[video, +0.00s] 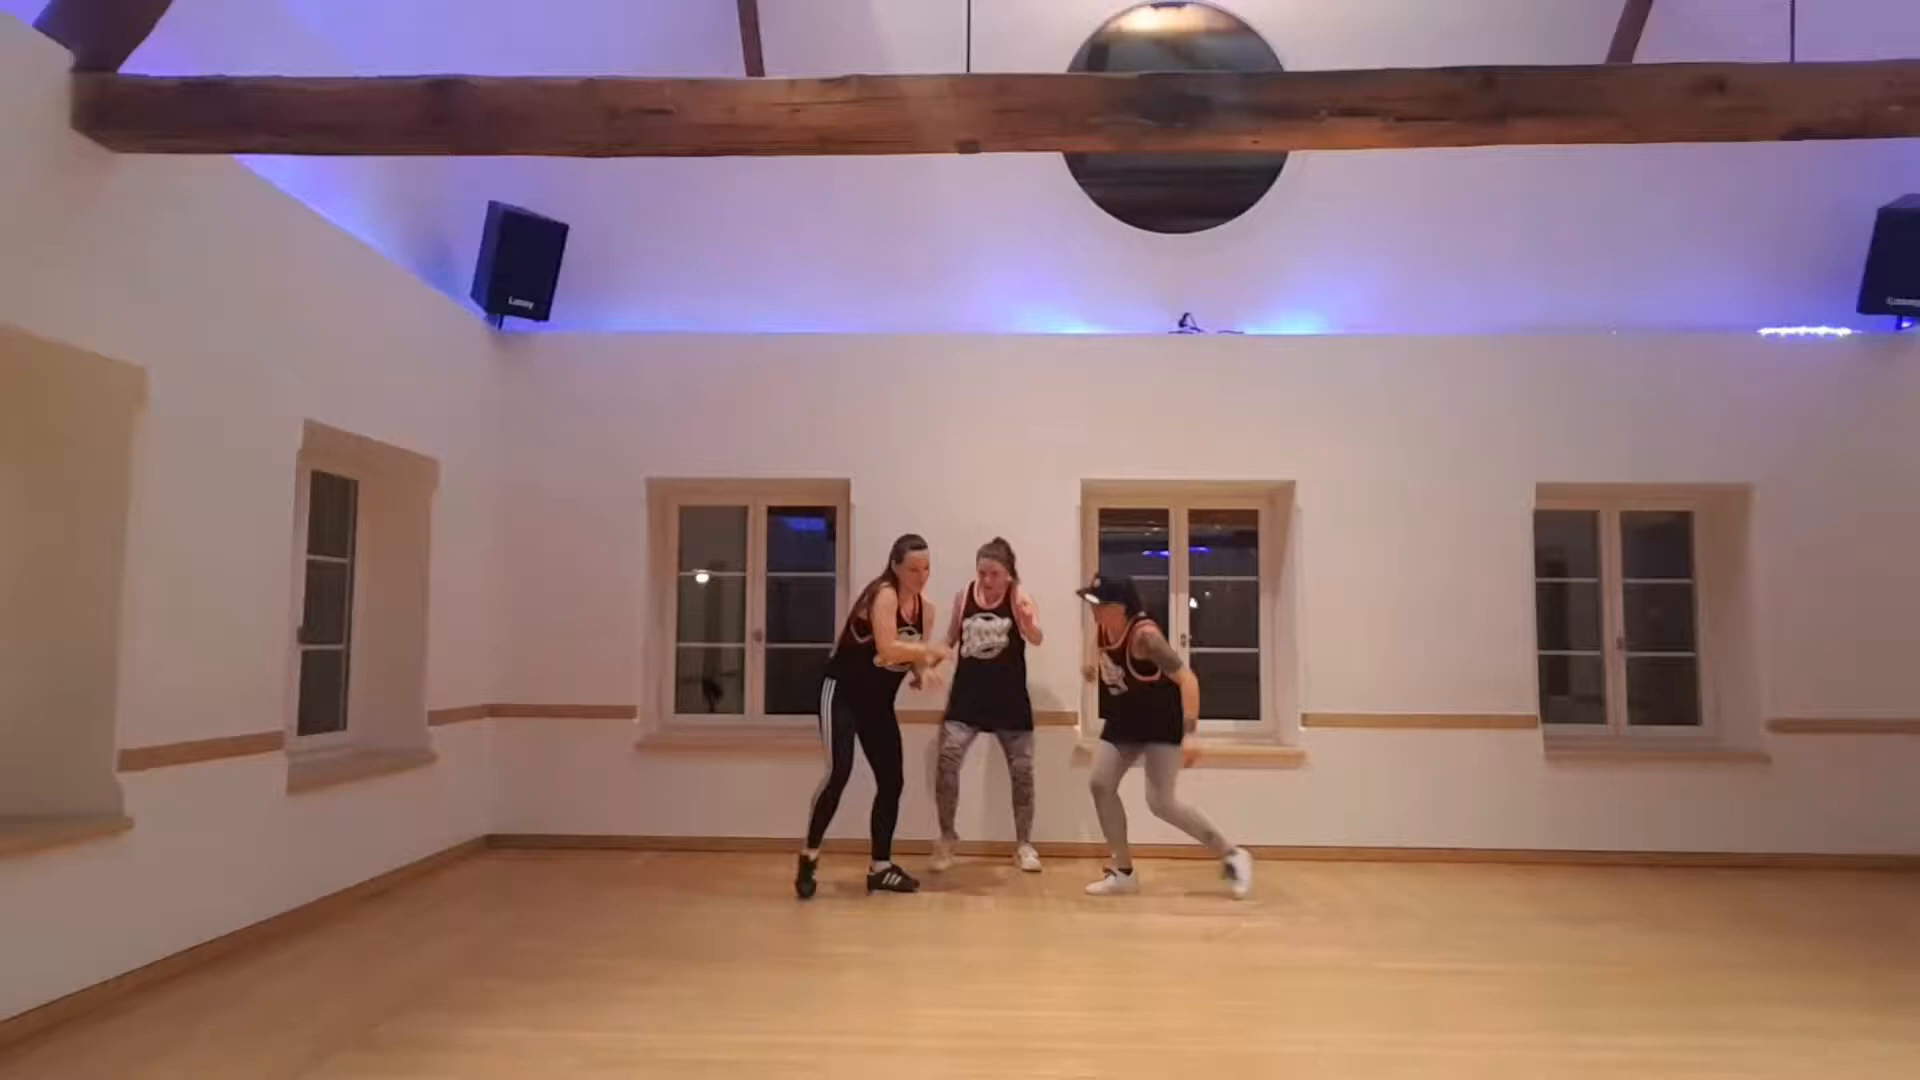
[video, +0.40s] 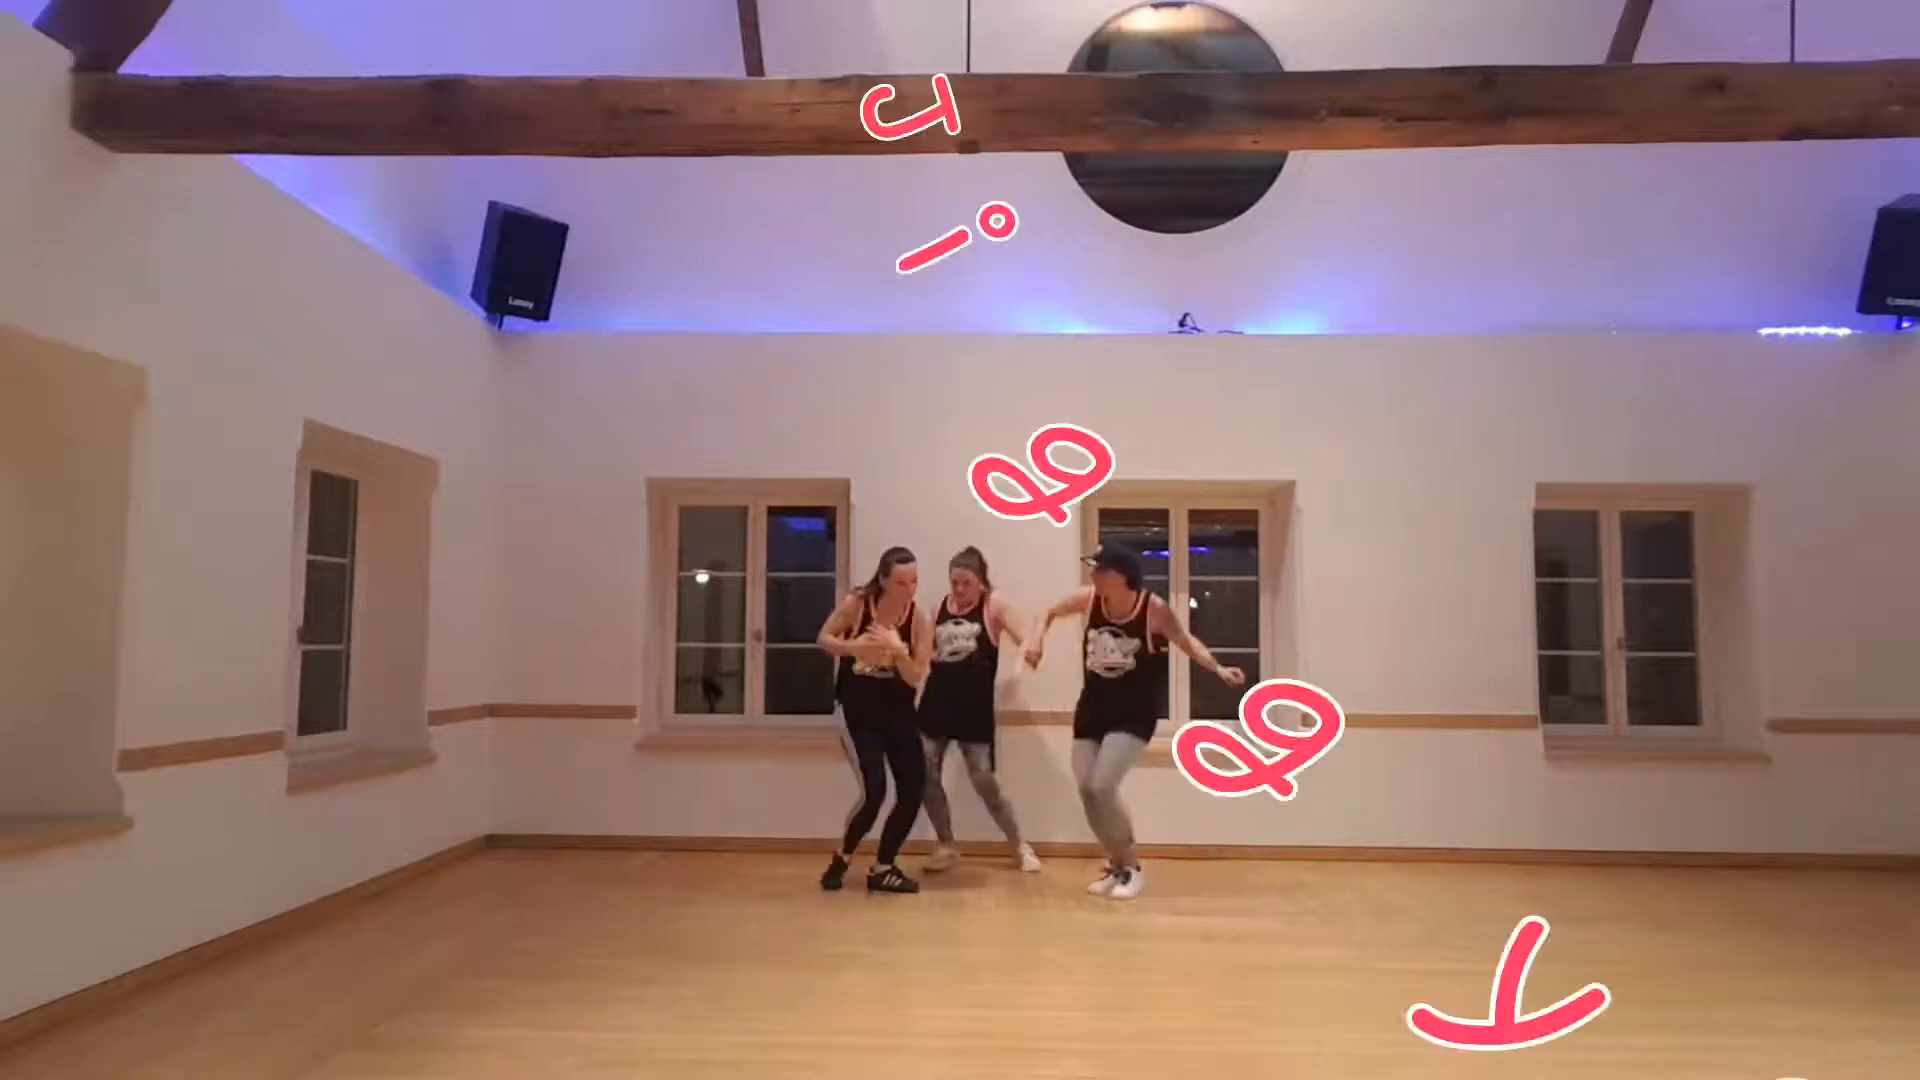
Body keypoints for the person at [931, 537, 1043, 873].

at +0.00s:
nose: (988, 580)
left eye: (995, 574)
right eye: (983, 573)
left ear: (1010, 574)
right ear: (976, 571)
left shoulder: (1019, 598)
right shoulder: (964, 597)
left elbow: (1036, 638)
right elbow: (951, 639)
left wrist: (1022, 617)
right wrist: (932, 664)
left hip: (1009, 698)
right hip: (968, 695)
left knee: (1022, 768)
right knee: (948, 757)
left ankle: (1024, 844)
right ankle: (947, 838)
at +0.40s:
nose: (959, 589)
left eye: (966, 583)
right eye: (954, 582)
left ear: (982, 582)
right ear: (948, 580)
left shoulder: (993, 607)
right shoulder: (940, 609)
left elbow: (1024, 636)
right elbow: (925, 650)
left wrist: (1025, 661)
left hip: (974, 704)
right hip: (936, 701)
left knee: (983, 777)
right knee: (926, 774)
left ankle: (1019, 845)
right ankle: (946, 845)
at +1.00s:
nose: (963, 592)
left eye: (969, 585)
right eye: (958, 586)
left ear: (980, 578)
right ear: (948, 581)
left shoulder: (991, 597)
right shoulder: (938, 614)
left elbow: (1028, 620)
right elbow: (938, 669)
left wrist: (1063, 642)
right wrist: (941, 719)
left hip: (1004, 697)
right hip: (963, 701)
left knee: (1009, 771)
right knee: (943, 768)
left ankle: (1008, 846)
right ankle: (947, 844)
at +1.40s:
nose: (994, 571)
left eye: (1001, 564)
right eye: (989, 564)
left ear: (1014, 566)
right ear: (982, 565)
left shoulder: (1024, 593)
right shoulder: (968, 603)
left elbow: (1051, 610)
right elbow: (945, 644)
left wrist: (1081, 617)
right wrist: (930, 687)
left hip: (1020, 692)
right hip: (982, 694)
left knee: (1016, 772)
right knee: (987, 768)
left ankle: (1009, 845)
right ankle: (964, 839)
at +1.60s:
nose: (1004, 576)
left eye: (1011, 570)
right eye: (999, 570)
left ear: (1025, 573)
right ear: (993, 570)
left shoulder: (1031, 604)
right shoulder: (974, 602)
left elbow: (1054, 638)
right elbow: (945, 634)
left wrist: (1079, 664)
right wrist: (947, 677)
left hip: (1020, 691)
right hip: (984, 693)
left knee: (1022, 771)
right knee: (990, 766)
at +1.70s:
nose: (1006, 578)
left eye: (1013, 572)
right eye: (1002, 571)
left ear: (1028, 575)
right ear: (995, 571)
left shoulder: (1036, 607)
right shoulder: (977, 601)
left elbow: (1044, 638)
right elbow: (952, 629)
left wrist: (1047, 670)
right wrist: (957, 674)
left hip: (1020, 691)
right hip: (984, 691)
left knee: (1023, 771)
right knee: (995, 770)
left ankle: (1018, 839)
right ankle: (976, 839)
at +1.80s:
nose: (1004, 575)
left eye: (1012, 570)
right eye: (1002, 568)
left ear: (1030, 574)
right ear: (998, 569)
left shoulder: (1038, 614)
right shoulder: (980, 600)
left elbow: (1025, 666)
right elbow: (963, 630)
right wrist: (971, 662)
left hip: (1017, 690)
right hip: (979, 688)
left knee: (1022, 774)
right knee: (979, 770)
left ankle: (1016, 840)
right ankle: (967, 835)